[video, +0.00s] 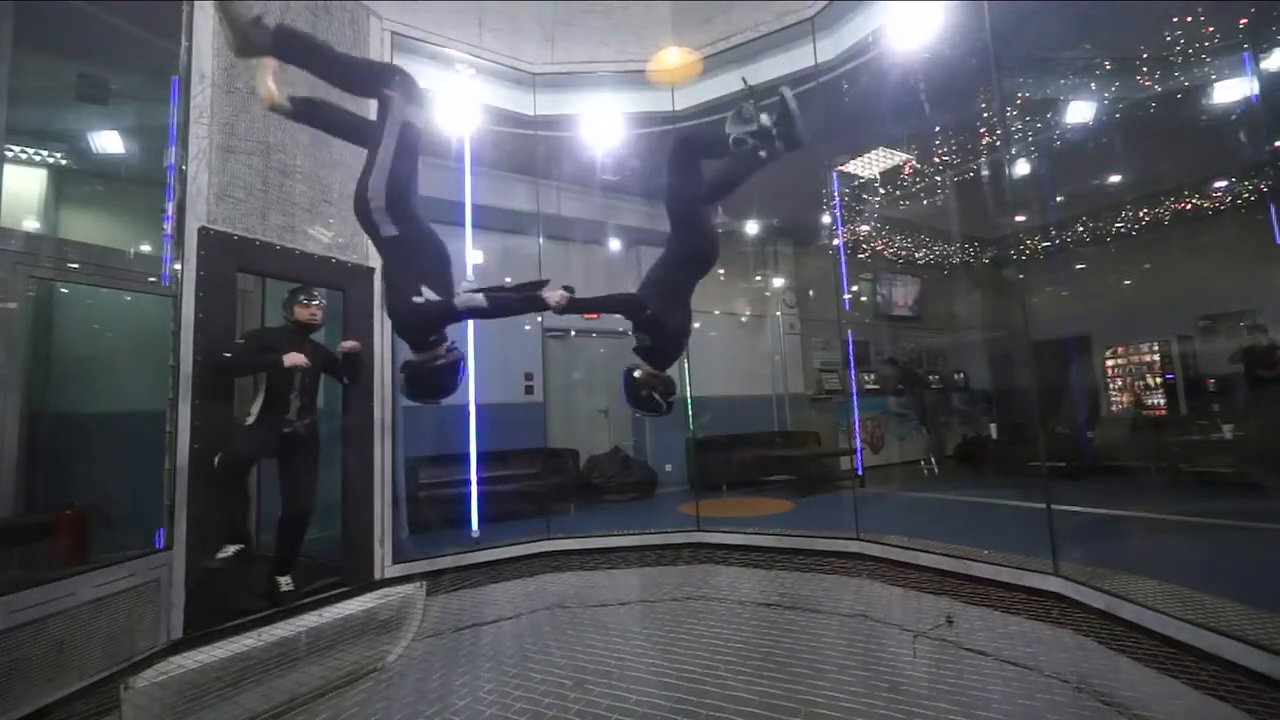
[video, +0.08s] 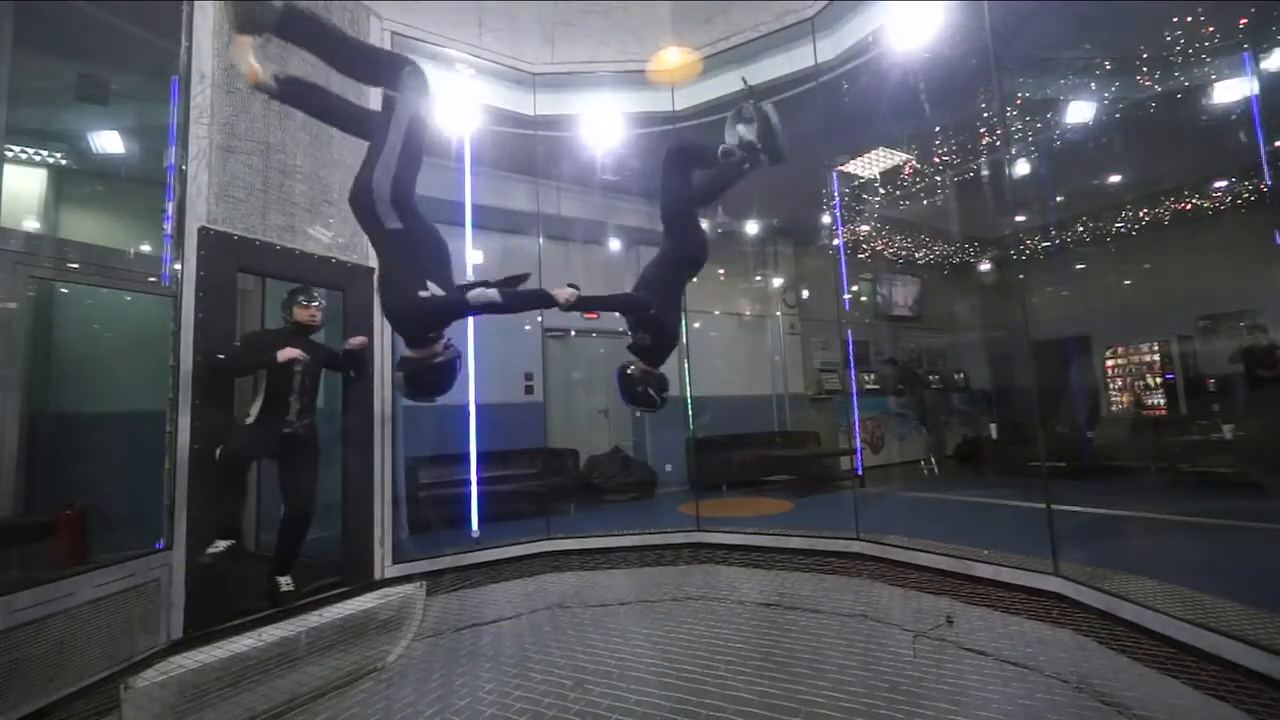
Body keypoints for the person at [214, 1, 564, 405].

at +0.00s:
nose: (447, 355)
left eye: (443, 361)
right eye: (451, 364)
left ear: (432, 361)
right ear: (443, 359)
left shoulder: (418, 322)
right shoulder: (421, 322)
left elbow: (477, 306)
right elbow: (482, 301)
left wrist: (537, 298)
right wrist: (540, 294)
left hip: (385, 218)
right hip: (395, 222)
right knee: (386, 142)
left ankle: (258, 34)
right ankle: (287, 104)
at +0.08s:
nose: (447, 351)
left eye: (441, 357)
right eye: (450, 358)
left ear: (426, 358)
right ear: (442, 355)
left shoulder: (417, 322)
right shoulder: (421, 320)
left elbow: (483, 304)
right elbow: (478, 298)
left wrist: (548, 298)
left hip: (377, 209)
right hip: (397, 216)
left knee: (344, 55)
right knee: (367, 122)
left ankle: (266, 14)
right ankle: (272, 84)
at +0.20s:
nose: (438, 348)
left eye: (425, 363)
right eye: (436, 361)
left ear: (425, 355)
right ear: (434, 356)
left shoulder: (431, 311)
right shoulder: (402, 308)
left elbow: (507, 296)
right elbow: (470, 283)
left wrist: (563, 295)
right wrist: (510, 285)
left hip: (390, 192)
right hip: (369, 195)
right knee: (343, 93)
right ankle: (254, 48)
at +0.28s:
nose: (446, 344)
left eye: (436, 357)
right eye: (442, 356)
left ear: (431, 350)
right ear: (434, 353)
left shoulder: (434, 308)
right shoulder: (394, 303)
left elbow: (499, 297)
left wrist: (555, 294)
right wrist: (538, 299)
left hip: (398, 185)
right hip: (367, 188)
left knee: (433, 57)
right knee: (365, 96)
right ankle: (255, 28)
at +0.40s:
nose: (436, 344)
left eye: (432, 349)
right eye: (440, 349)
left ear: (426, 346)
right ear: (438, 345)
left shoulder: (452, 302)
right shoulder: (384, 295)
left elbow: (517, 290)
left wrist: (567, 289)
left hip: (421, 178)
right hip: (373, 184)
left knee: (457, 49)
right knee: (356, 80)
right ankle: (259, 3)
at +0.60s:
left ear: (463, 345)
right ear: (426, 343)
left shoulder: (484, 291)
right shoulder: (396, 288)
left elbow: (536, 280)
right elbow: (363, 261)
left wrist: (573, 276)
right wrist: (368, 263)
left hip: (460, 151)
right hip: (397, 148)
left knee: (498, 36)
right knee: (365, 48)